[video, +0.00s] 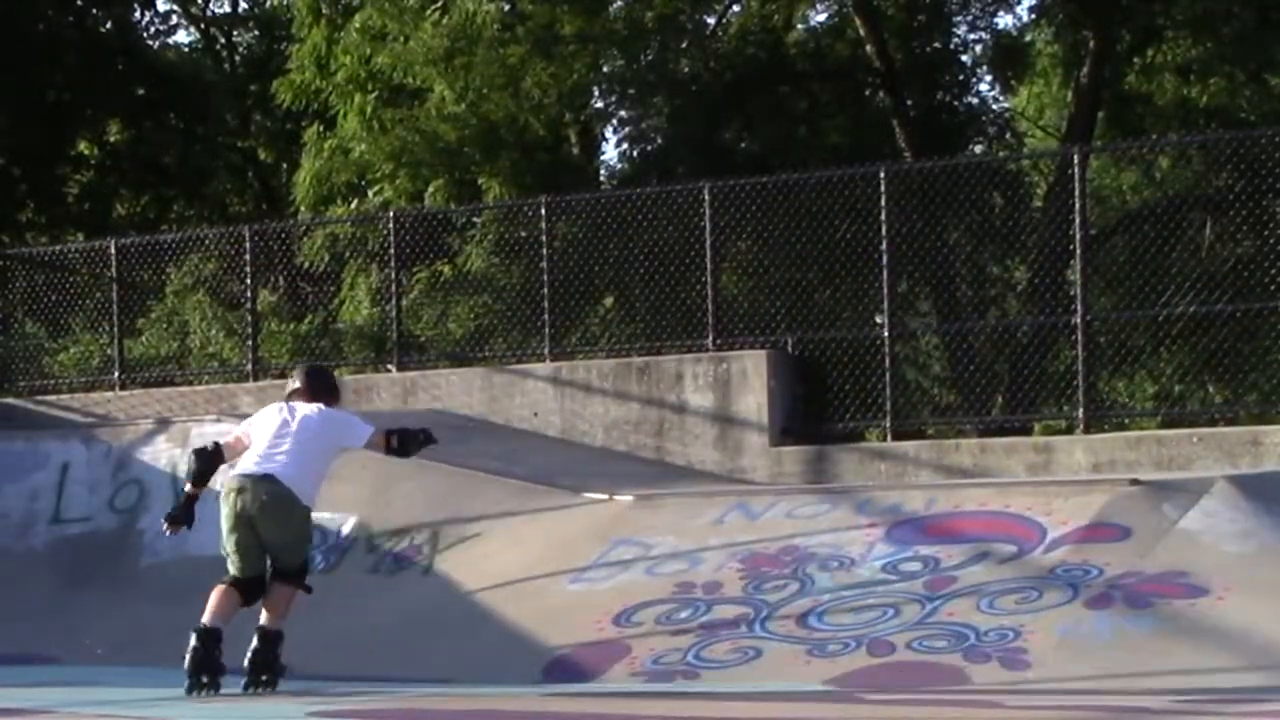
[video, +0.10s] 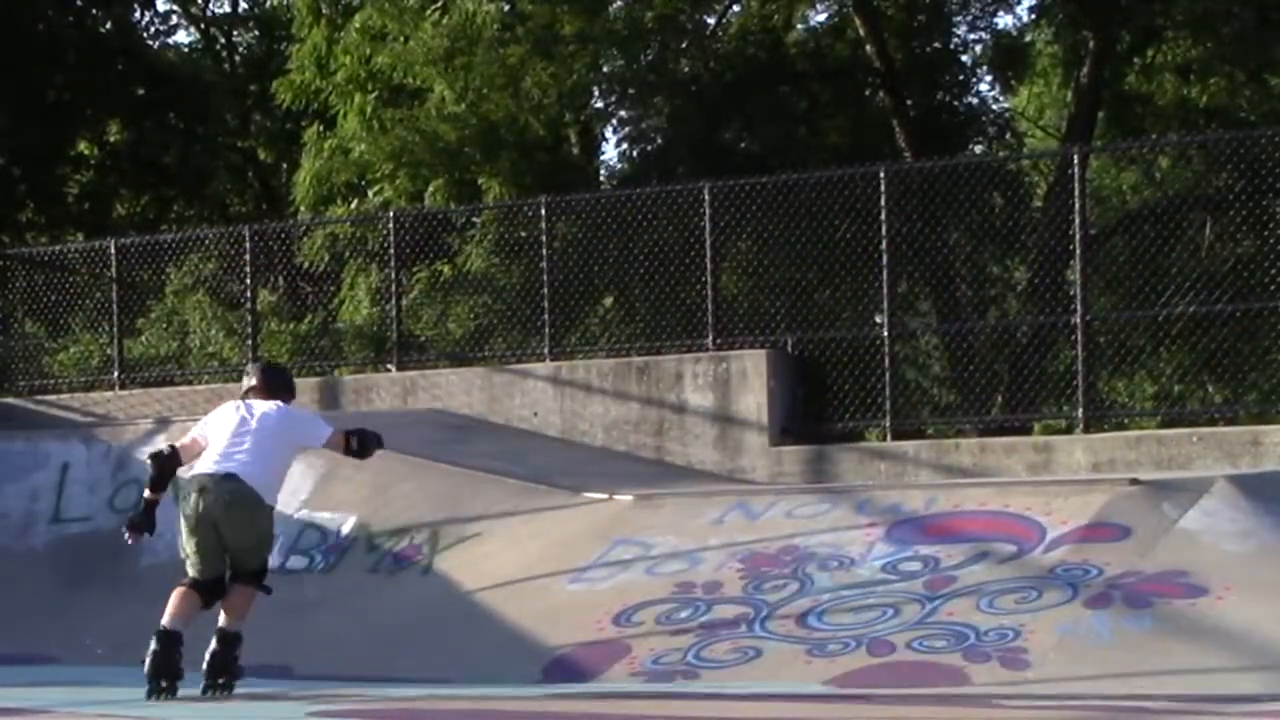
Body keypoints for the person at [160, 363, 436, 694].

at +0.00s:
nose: (335, 409)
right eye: (335, 403)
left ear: (291, 394)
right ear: (329, 399)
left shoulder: (267, 415)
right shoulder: (334, 419)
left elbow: (207, 457)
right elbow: (393, 444)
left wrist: (186, 504)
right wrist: (425, 437)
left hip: (234, 490)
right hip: (281, 493)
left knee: (244, 580)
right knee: (288, 573)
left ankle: (202, 648)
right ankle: (262, 658)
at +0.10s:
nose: (243, 393)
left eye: (246, 389)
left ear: (250, 390)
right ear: (287, 396)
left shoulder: (226, 411)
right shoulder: (294, 417)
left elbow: (165, 460)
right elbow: (352, 446)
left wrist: (147, 507)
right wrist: (370, 440)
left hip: (195, 489)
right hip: (245, 494)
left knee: (203, 580)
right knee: (247, 576)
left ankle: (163, 647)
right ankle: (222, 657)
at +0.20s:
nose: (208, 391)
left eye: (212, 387)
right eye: (257, 395)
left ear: (215, 387)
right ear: (256, 392)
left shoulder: (192, 410)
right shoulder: (264, 414)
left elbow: (132, 462)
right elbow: (325, 451)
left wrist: (122, 512)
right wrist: (331, 443)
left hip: (168, 488)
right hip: (219, 495)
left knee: (173, 582)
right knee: (216, 578)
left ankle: (133, 646)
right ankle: (192, 656)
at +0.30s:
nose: (223, 388)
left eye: (177, 380)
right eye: (222, 382)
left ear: (178, 380)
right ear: (221, 382)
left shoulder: (155, 405)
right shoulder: (230, 409)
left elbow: (102, 462)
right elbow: (291, 450)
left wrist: (102, 510)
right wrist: (302, 461)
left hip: (139, 489)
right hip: (192, 495)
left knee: (139, 582)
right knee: (184, 579)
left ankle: (105, 650)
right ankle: (163, 654)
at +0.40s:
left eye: (152, 370)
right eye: (196, 373)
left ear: (152, 371)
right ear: (193, 373)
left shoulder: (130, 398)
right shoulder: (207, 403)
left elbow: (81, 464)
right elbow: (269, 450)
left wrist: (91, 506)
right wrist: (279, 476)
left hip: (123, 489)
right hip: (175, 495)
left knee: (120, 582)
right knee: (166, 578)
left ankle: (87, 652)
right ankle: (143, 655)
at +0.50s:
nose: (115, 370)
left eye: (116, 364)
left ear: (124, 361)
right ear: (167, 360)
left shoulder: (106, 391)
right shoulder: (188, 393)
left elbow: (68, 463)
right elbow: (240, 450)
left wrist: (81, 501)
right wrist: (254, 489)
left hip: (107, 487)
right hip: (162, 491)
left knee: (101, 585)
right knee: (150, 580)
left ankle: (71, 653)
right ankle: (125, 655)